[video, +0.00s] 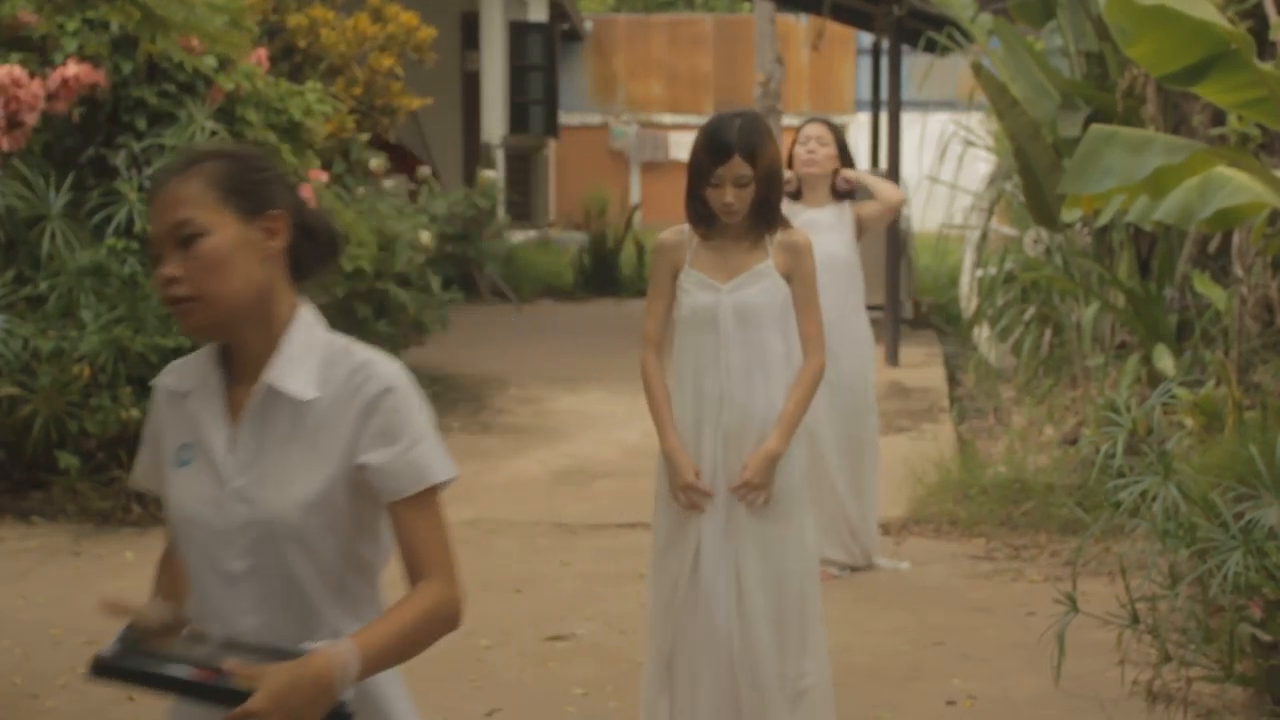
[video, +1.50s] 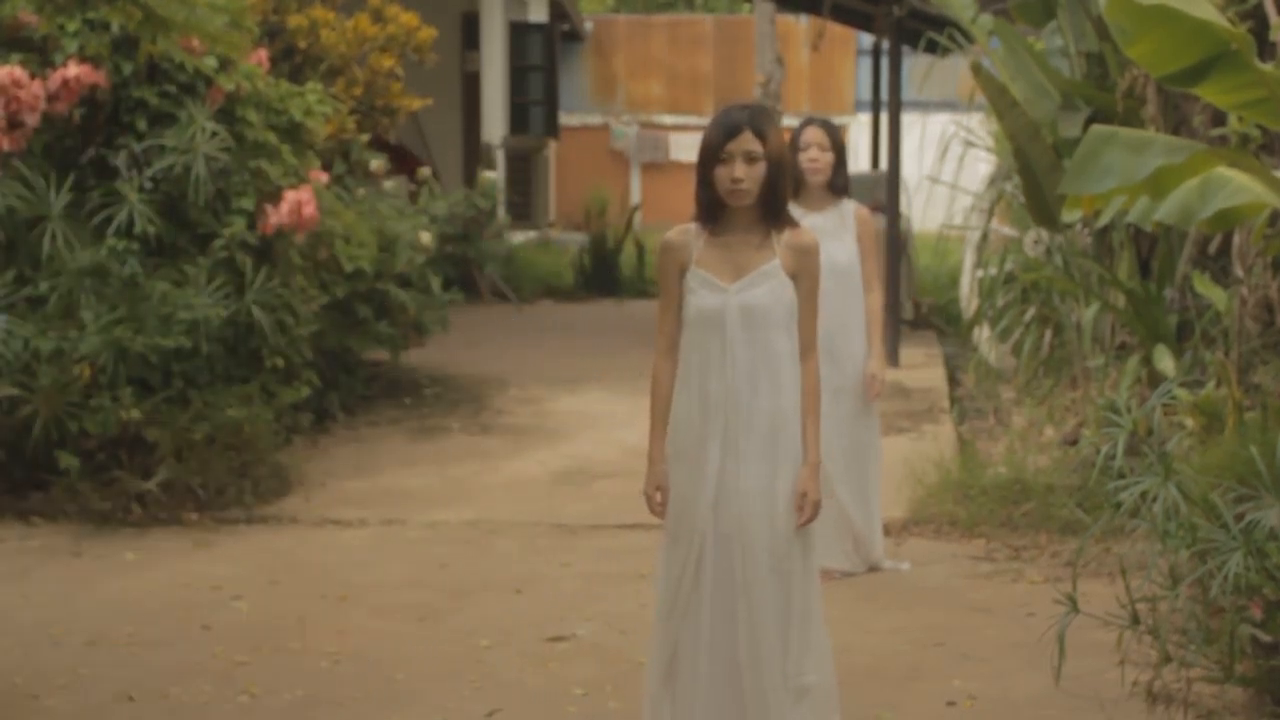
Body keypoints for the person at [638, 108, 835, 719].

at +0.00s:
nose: (727, 198)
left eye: (741, 184)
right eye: (715, 184)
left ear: (764, 182)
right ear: (697, 181)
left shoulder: (790, 248)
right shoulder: (674, 248)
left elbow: (815, 359)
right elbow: (652, 354)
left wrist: (772, 450)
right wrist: (674, 451)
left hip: (768, 458)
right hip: (694, 457)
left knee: (769, 617)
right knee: (695, 616)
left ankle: (771, 711)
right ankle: (697, 712)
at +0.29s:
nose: (730, 200)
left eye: (744, 186)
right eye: (718, 186)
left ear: (766, 182)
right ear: (699, 182)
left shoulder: (791, 247)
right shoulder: (676, 248)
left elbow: (814, 360)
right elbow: (654, 355)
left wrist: (774, 450)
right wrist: (675, 448)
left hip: (769, 458)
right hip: (697, 457)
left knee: (769, 617)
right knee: (698, 616)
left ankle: (770, 711)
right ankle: (699, 712)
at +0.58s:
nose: (732, 198)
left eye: (746, 183)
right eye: (720, 184)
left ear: (768, 180)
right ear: (702, 181)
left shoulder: (794, 247)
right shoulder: (678, 247)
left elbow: (808, 361)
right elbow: (656, 355)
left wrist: (794, 457)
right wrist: (670, 453)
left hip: (769, 453)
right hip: (699, 454)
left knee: (769, 615)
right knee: (700, 613)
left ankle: (770, 712)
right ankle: (700, 712)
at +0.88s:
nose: (733, 176)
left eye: (747, 163)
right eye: (721, 163)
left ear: (767, 170)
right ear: (705, 169)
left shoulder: (795, 246)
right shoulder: (679, 245)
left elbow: (813, 354)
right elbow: (659, 354)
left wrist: (827, 458)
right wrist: (646, 456)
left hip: (775, 451)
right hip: (698, 450)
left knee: (769, 606)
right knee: (700, 607)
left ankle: (769, 711)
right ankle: (701, 712)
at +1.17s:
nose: (735, 172)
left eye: (749, 160)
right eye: (724, 159)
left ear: (769, 168)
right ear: (707, 167)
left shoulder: (796, 246)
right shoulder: (681, 245)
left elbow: (811, 356)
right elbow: (661, 355)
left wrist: (821, 461)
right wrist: (648, 455)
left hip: (774, 452)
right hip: (698, 450)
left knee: (769, 607)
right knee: (699, 607)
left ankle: (769, 712)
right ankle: (700, 712)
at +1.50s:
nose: (738, 173)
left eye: (752, 160)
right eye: (725, 160)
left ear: (771, 169)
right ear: (708, 168)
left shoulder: (797, 247)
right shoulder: (682, 246)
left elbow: (808, 358)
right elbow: (665, 356)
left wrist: (811, 462)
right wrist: (656, 457)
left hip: (772, 448)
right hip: (700, 448)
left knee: (769, 603)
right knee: (702, 601)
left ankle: (769, 711)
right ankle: (702, 711)